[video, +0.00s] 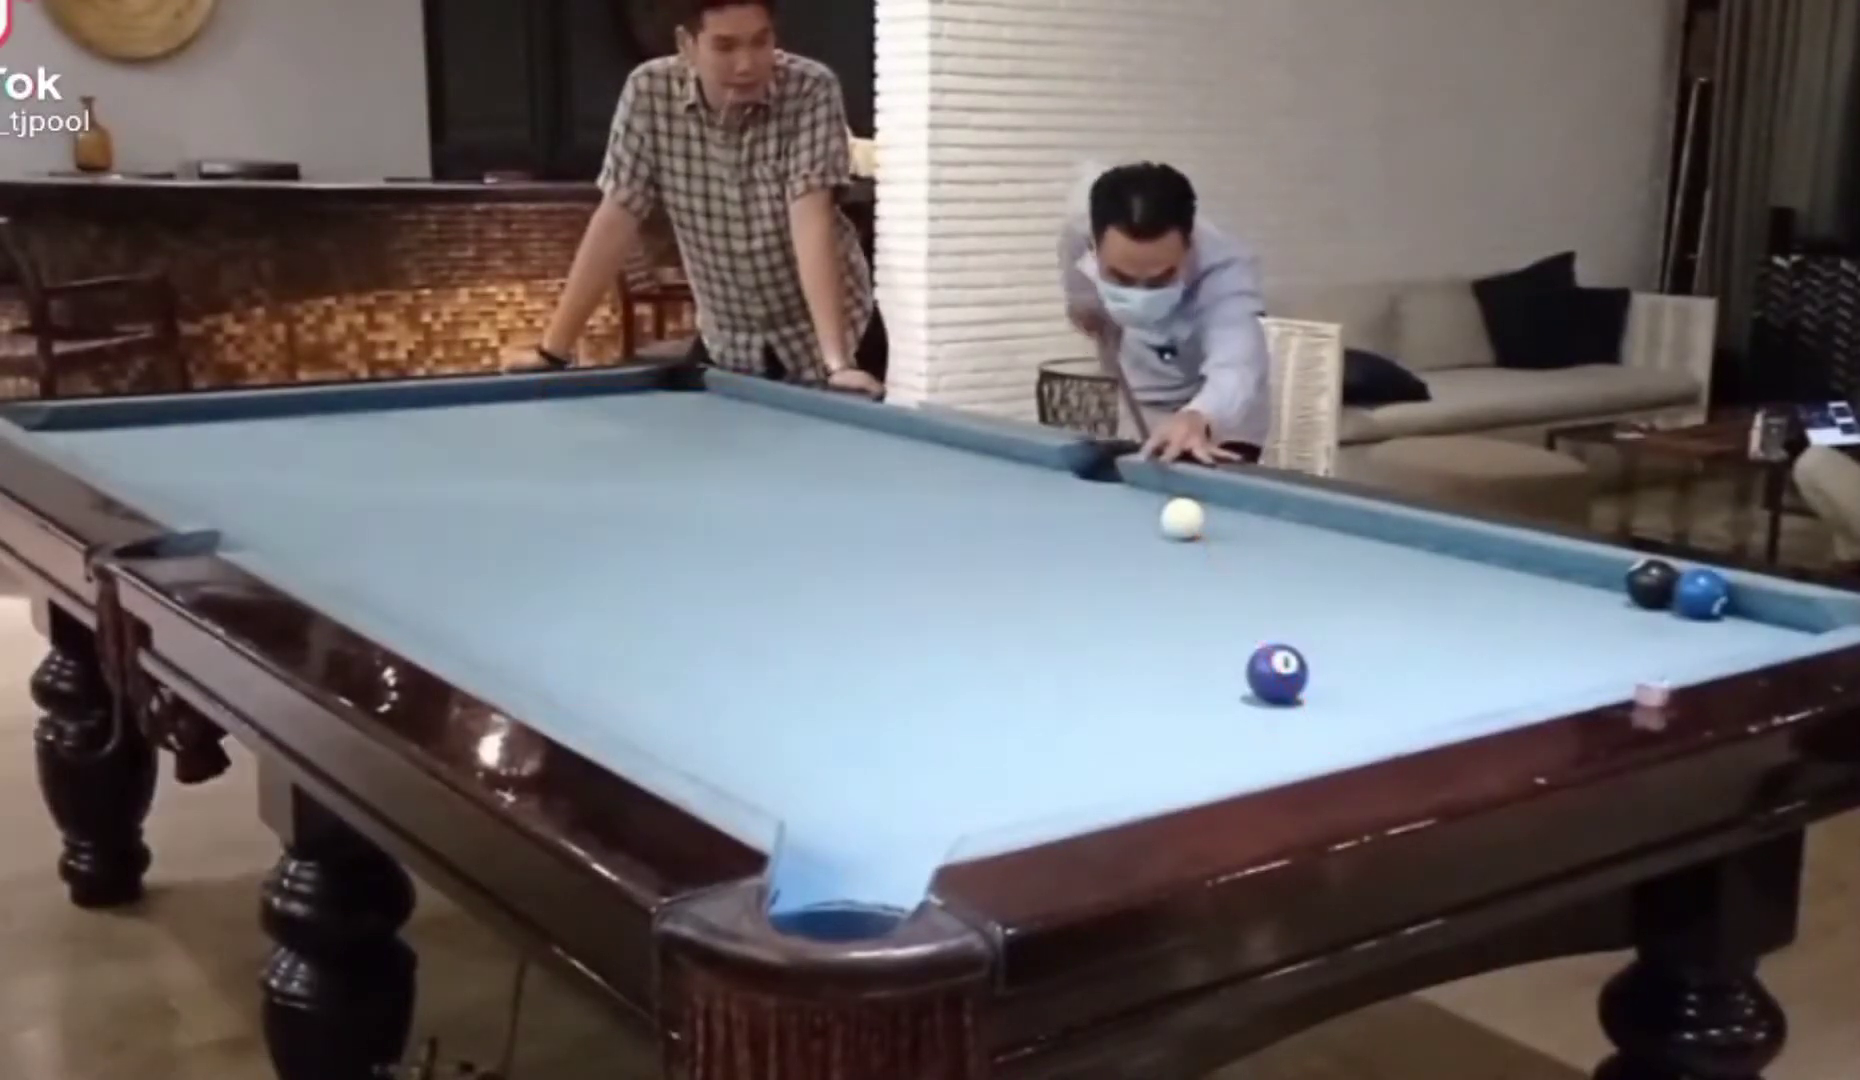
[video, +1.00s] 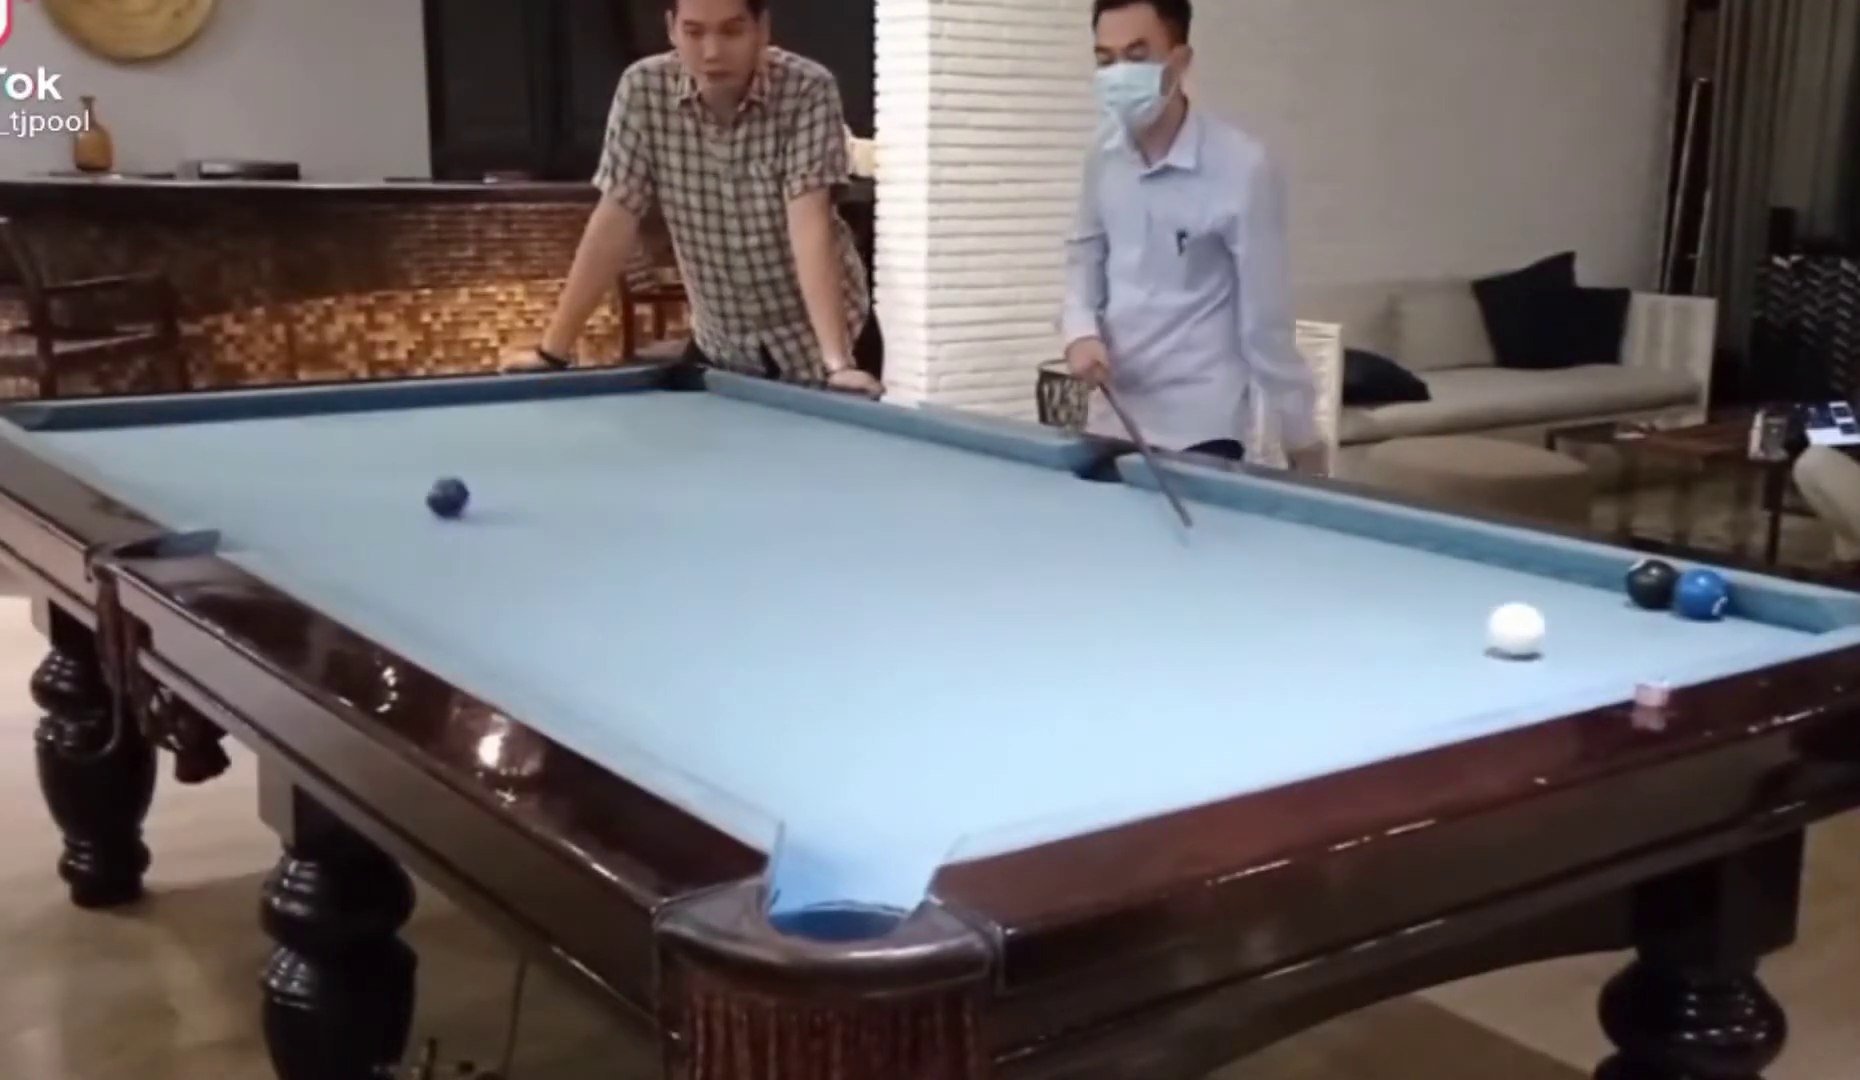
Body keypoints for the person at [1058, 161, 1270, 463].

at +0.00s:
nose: (1140, 298)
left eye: (1160, 281)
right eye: (1121, 280)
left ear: (1188, 249)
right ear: (1094, 249)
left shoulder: (1224, 270)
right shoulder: (1083, 235)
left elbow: (1238, 364)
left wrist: (1198, 416)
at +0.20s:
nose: (1139, 277)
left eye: (1159, 261)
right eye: (1120, 260)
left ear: (1188, 229)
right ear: (1095, 231)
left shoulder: (1226, 255)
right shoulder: (1088, 221)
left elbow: (1235, 344)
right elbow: (1065, 248)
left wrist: (1195, 405)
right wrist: (1073, 311)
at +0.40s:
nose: (1142, 235)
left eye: (1162, 217)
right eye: (1121, 219)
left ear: (1189, 193)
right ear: (1099, 195)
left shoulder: (1226, 238)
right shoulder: (1095, 200)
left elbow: (1222, 329)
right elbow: (1075, 251)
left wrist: (1192, 406)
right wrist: (1082, 319)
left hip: (1230, 397)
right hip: (1145, 392)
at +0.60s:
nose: (1133, 155)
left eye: (1154, 136)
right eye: (1115, 136)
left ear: (1188, 128)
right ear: (1097, 128)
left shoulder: (1223, 206)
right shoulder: (1100, 174)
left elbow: (1229, 314)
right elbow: (1090, 251)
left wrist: (1202, 408)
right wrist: (1092, 326)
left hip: (1224, 392)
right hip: (1143, 386)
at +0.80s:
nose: (1123, 97)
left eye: (1143, 76)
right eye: (1108, 78)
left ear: (1182, 82)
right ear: (1095, 80)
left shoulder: (1229, 176)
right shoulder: (1103, 161)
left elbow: (1252, 324)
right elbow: (1091, 247)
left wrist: (1229, 456)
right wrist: (1090, 328)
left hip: (1210, 411)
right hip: (1128, 404)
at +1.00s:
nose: (1119, 76)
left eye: (1138, 55)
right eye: (1106, 60)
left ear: (1180, 57)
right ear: (1095, 63)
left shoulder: (1241, 168)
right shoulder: (1105, 154)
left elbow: (1265, 329)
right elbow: (1085, 251)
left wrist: (1303, 445)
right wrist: (1080, 332)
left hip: (1201, 425)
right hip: (1111, 414)